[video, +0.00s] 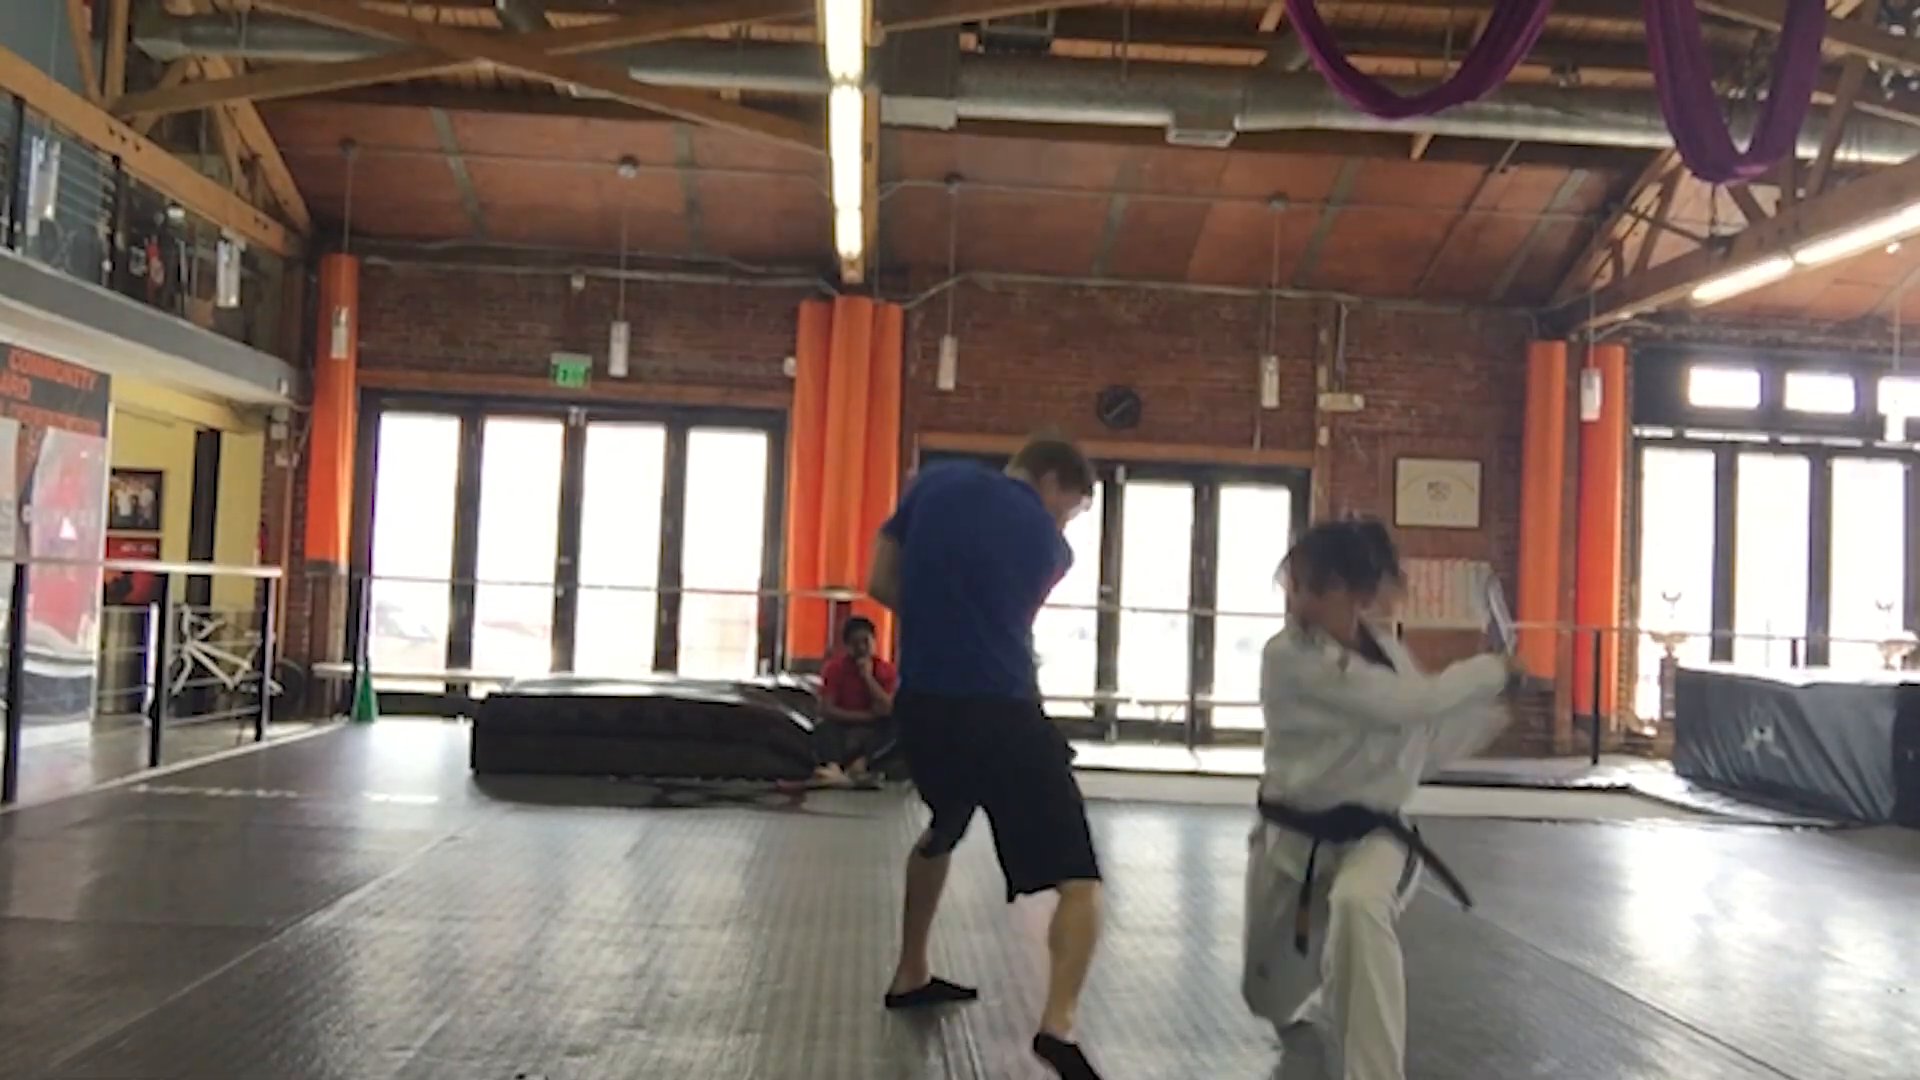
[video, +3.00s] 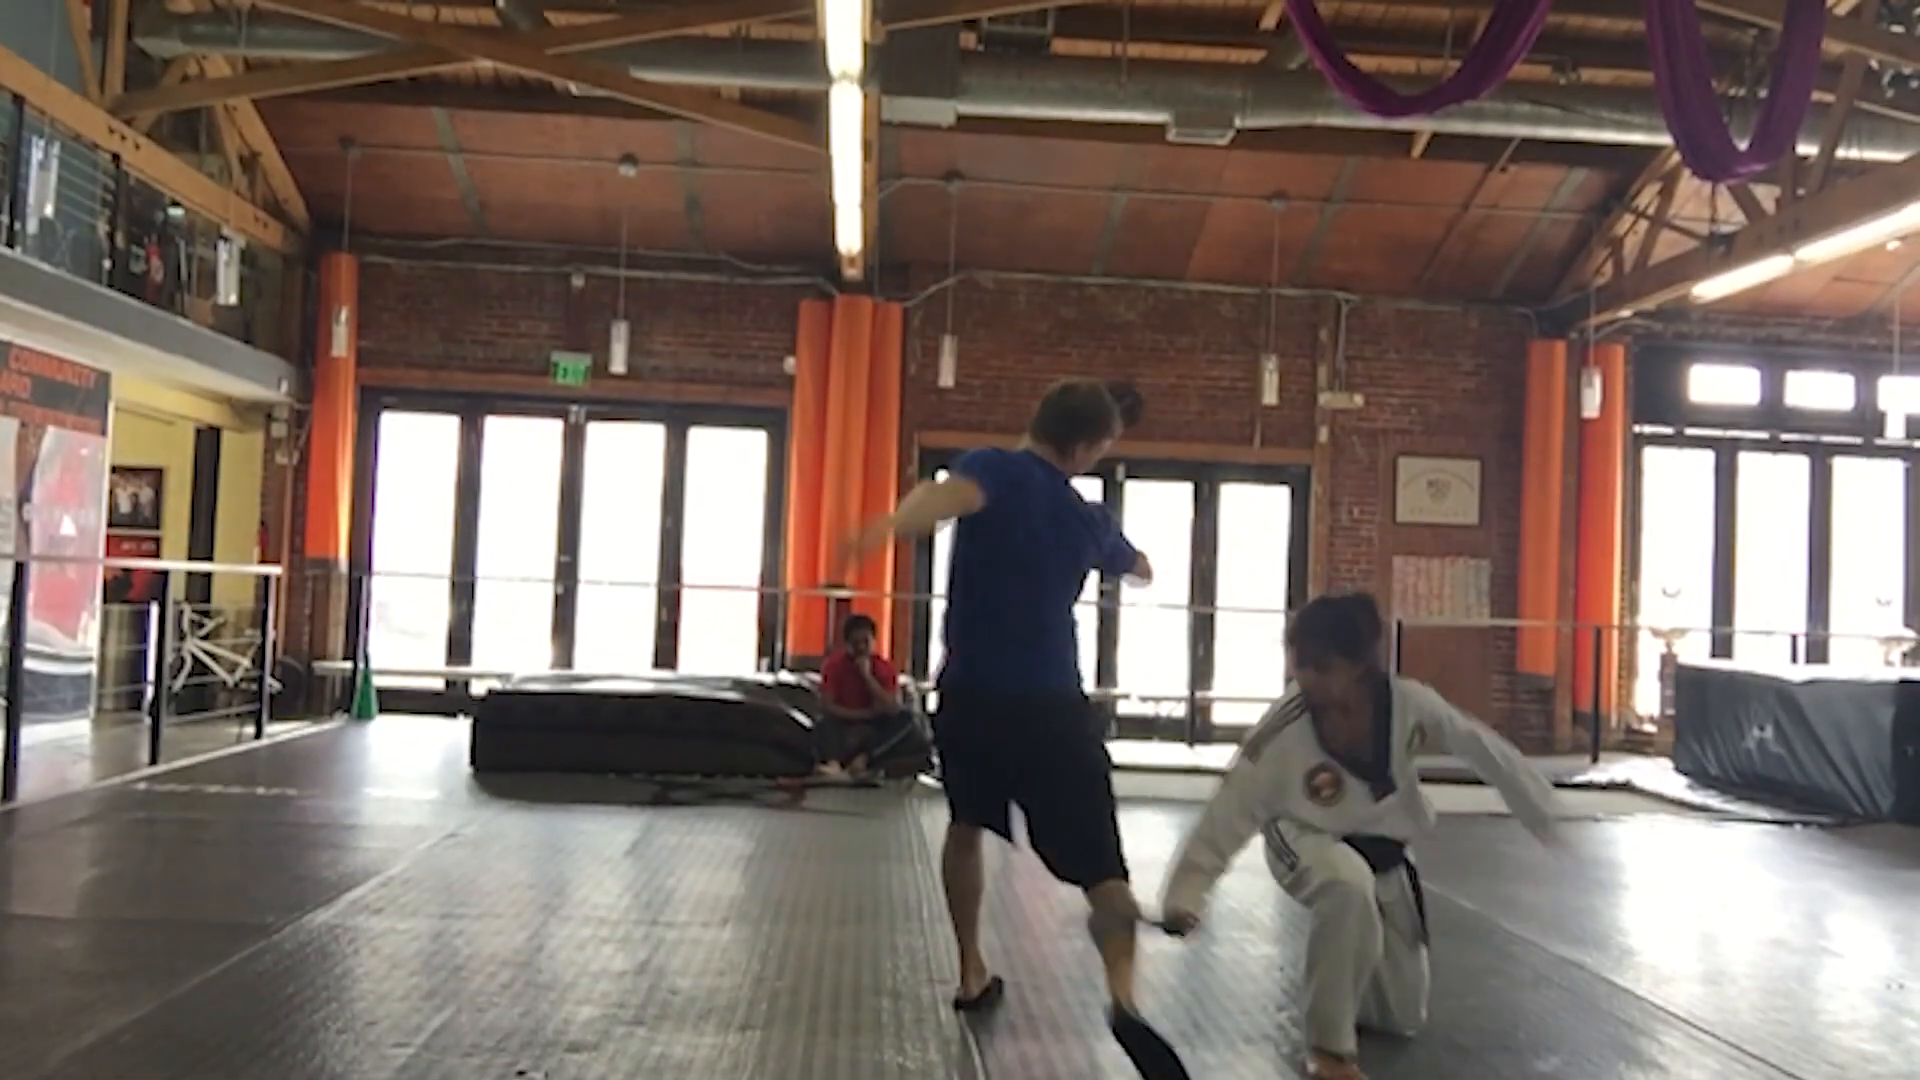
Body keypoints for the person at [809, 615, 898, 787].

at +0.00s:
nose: (861, 648)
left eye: (865, 641)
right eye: (855, 643)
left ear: (873, 641)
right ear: (846, 646)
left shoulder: (885, 669)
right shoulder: (834, 668)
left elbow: (886, 708)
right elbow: (826, 709)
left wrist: (868, 676)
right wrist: (868, 715)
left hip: (873, 723)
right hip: (841, 723)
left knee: (895, 728)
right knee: (824, 728)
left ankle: (861, 765)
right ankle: (833, 767)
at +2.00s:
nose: (863, 648)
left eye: (866, 642)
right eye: (858, 643)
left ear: (873, 643)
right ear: (848, 644)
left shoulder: (884, 671)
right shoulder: (835, 668)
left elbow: (893, 711)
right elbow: (828, 712)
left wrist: (868, 681)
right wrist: (869, 718)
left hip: (874, 725)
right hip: (843, 725)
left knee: (902, 728)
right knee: (826, 729)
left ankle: (864, 765)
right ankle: (832, 768)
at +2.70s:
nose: (862, 648)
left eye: (866, 642)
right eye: (856, 642)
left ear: (873, 642)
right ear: (847, 644)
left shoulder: (884, 668)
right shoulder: (834, 667)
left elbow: (892, 708)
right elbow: (827, 707)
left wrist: (867, 676)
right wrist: (868, 714)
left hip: (875, 721)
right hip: (843, 723)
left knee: (906, 721)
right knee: (822, 729)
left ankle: (866, 761)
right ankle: (832, 765)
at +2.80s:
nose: (861, 646)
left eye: (865, 640)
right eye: (855, 641)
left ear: (873, 640)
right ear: (847, 643)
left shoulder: (884, 667)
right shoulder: (834, 666)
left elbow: (892, 707)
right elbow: (827, 706)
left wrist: (868, 676)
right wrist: (869, 713)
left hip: (875, 720)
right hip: (842, 720)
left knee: (906, 720)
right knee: (821, 729)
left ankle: (866, 759)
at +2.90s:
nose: (861, 645)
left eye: (865, 639)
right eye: (856, 640)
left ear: (873, 638)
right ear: (847, 641)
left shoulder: (884, 665)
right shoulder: (834, 664)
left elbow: (892, 706)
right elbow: (827, 705)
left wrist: (868, 675)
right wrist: (869, 711)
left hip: (875, 718)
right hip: (842, 719)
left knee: (906, 718)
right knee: (821, 729)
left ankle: (866, 757)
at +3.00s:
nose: (861, 647)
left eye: (865, 641)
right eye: (856, 642)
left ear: (873, 641)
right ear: (847, 643)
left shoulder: (885, 668)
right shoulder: (833, 666)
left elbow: (892, 708)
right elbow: (827, 706)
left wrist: (868, 676)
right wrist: (868, 713)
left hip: (875, 719)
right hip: (842, 720)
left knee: (906, 719)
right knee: (823, 727)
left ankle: (865, 759)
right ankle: (833, 763)